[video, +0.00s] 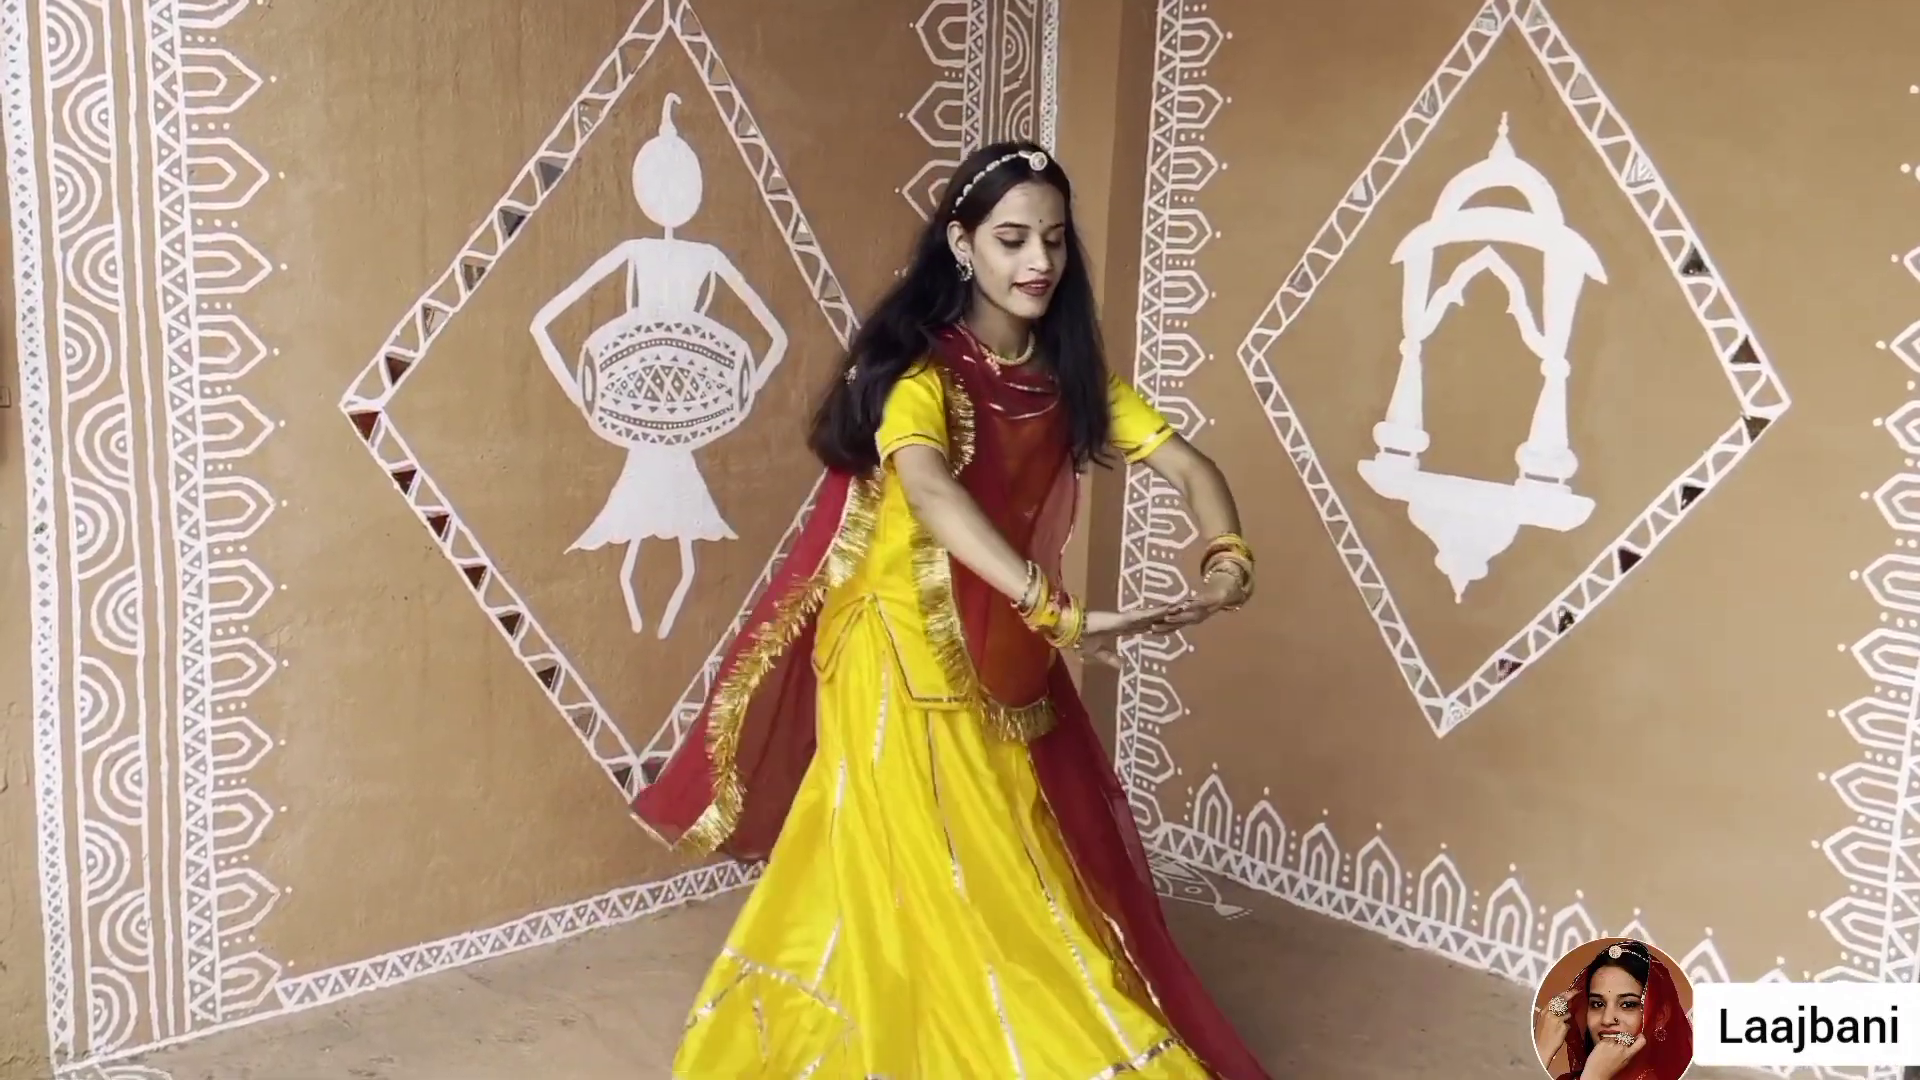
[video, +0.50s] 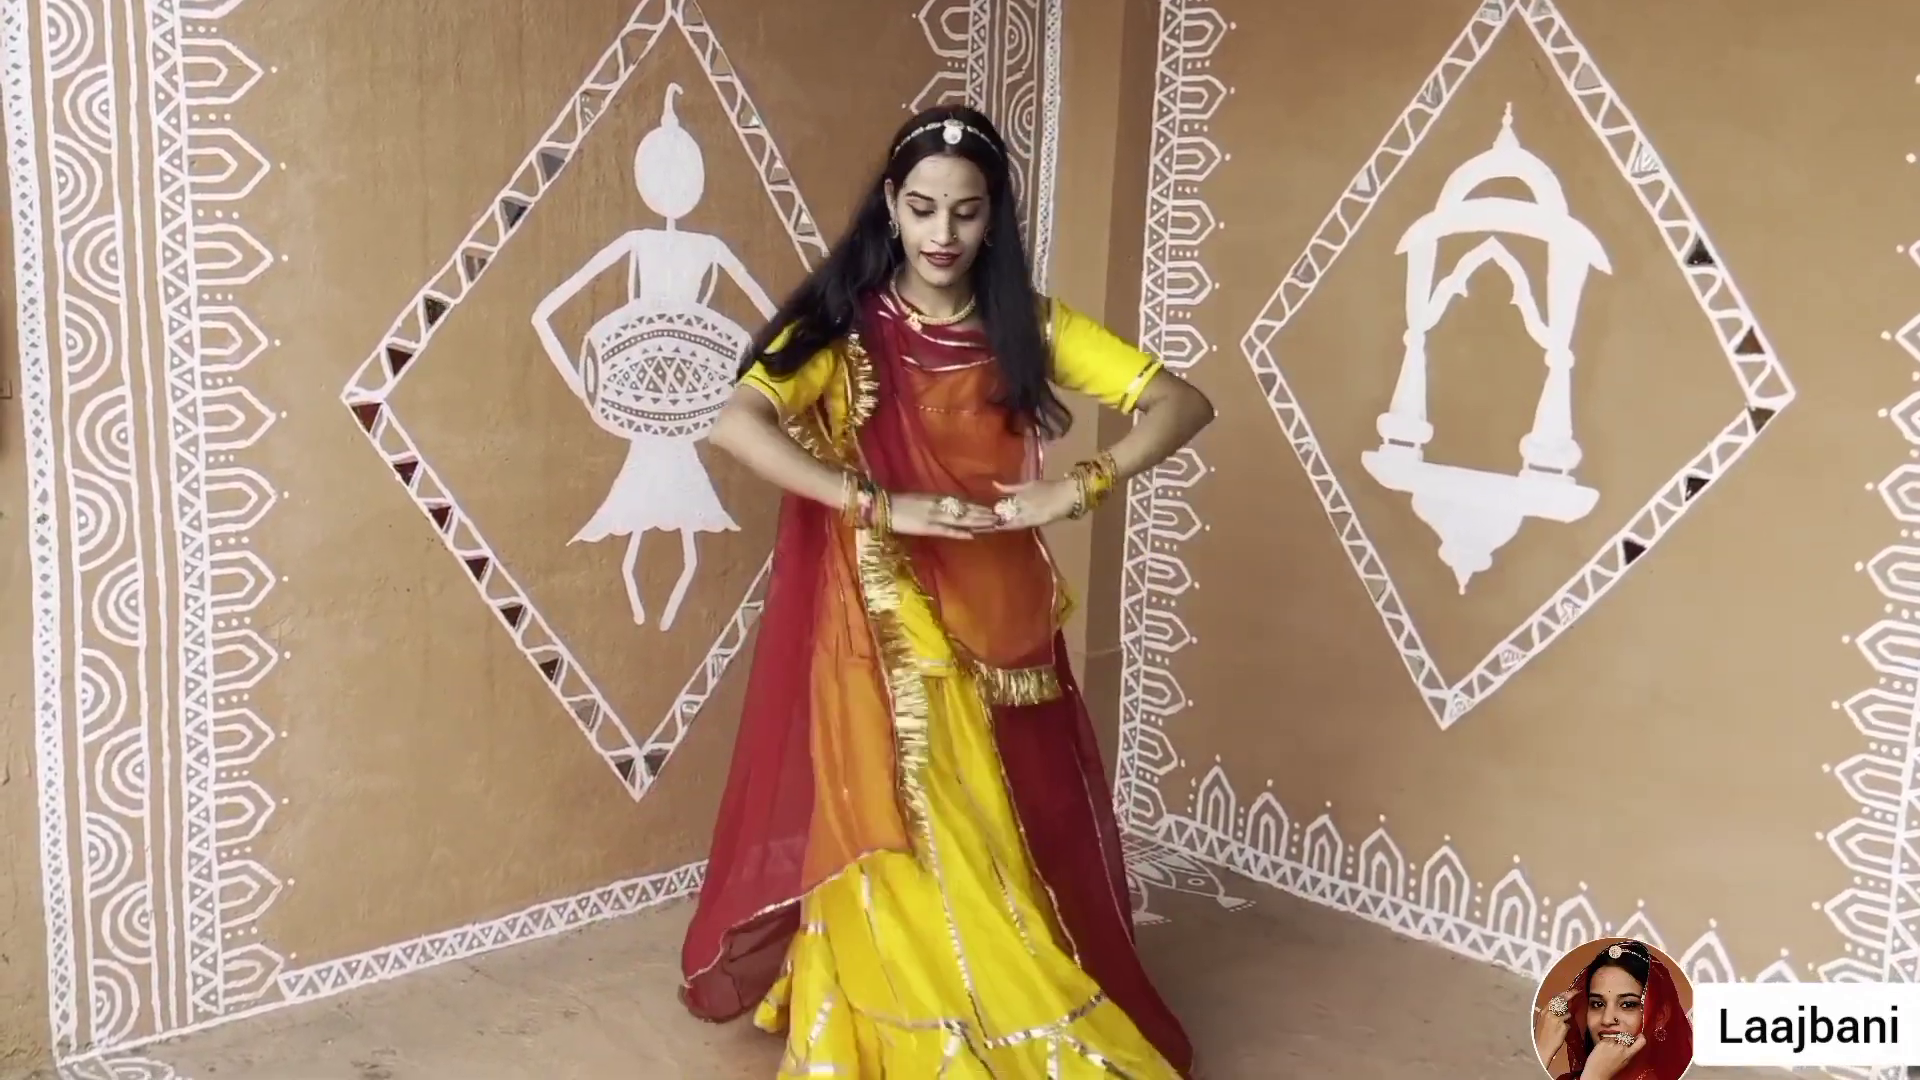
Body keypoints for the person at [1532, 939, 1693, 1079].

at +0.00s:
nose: (1608, 1019)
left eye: (1628, 1005)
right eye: (1597, 1004)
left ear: (1658, 1014)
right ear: (1585, 1011)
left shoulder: (1667, 1075)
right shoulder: (1567, 1078)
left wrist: (1595, 1075)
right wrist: (1539, 1056)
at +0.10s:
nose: (1608, 1019)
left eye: (1628, 1005)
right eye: (1597, 1004)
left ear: (1658, 1014)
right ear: (1585, 1011)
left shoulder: (1667, 1075)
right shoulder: (1567, 1078)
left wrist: (1595, 1075)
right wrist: (1539, 1055)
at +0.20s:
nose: (1608, 1019)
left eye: (1628, 1005)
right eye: (1597, 1004)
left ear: (1658, 1014)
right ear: (1585, 1011)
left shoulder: (1667, 1075)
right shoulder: (1567, 1078)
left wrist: (1595, 1075)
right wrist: (1539, 1055)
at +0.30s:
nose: (1608, 1019)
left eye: (1628, 1005)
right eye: (1597, 1004)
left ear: (1658, 1014)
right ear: (1585, 1011)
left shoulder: (1667, 1075)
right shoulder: (1567, 1078)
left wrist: (1595, 1075)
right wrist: (1539, 1055)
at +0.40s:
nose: (1607, 1020)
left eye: (1627, 1005)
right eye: (1597, 1004)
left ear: (1659, 1013)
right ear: (1585, 1011)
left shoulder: (1670, 1075)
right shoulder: (1567, 1077)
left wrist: (1595, 1075)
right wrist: (1539, 1055)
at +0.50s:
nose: (1608, 1019)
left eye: (1627, 1005)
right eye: (1597, 1004)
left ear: (1658, 1014)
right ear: (1585, 1012)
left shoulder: (1668, 1075)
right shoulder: (1567, 1077)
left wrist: (1595, 1075)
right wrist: (1538, 1057)